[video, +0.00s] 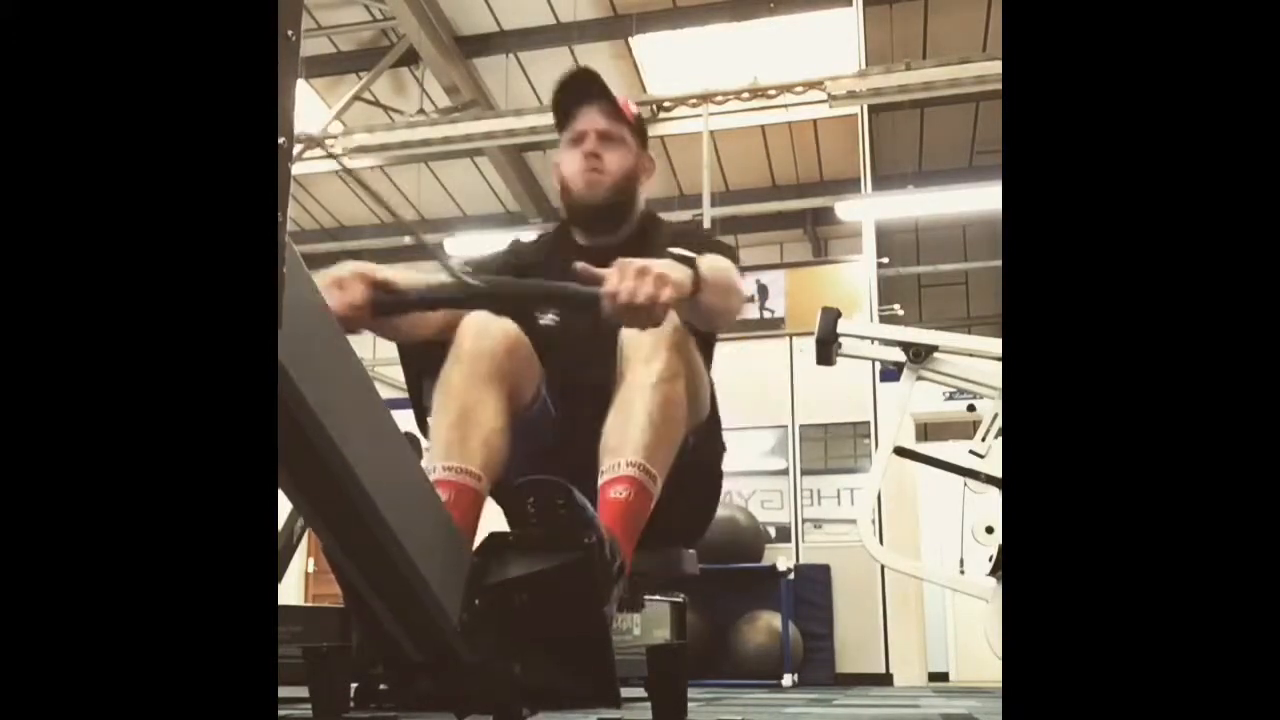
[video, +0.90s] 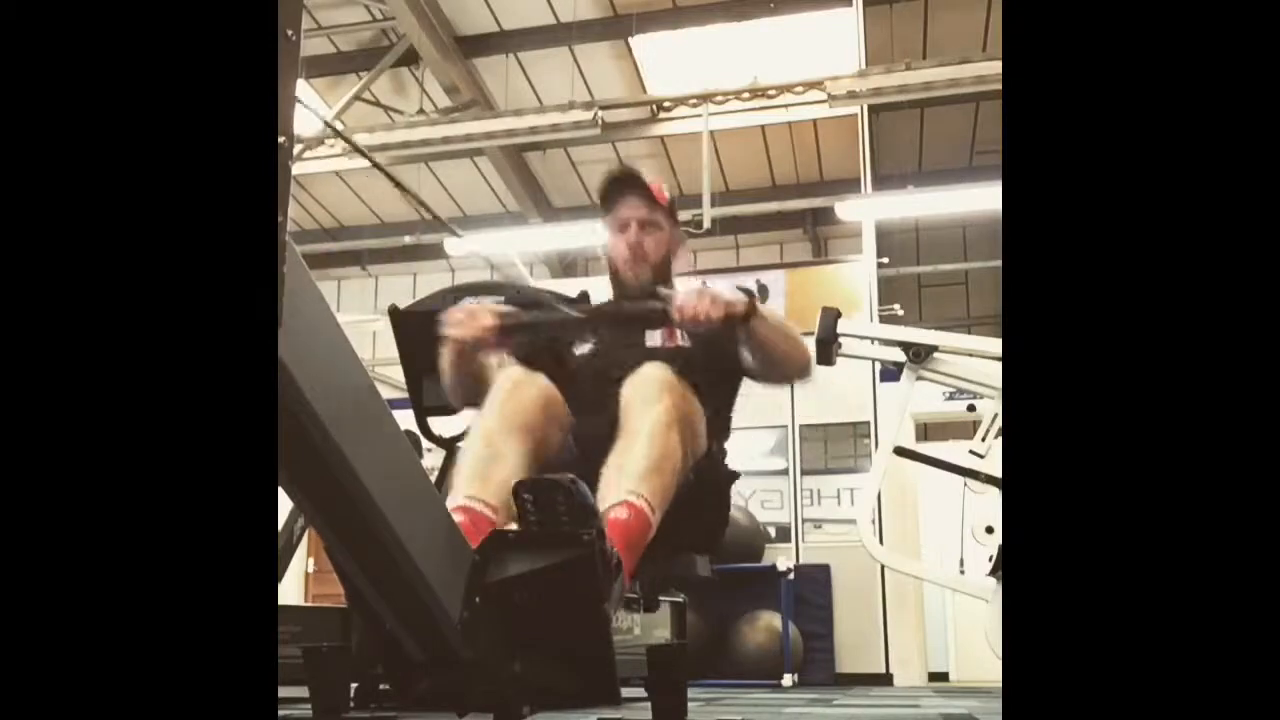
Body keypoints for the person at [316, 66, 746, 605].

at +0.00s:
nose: (589, 149)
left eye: (609, 139)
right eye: (576, 141)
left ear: (644, 167)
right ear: (557, 170)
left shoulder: (688, 246)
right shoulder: (527, 260)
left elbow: (731, 303)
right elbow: (442, 312)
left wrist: (684, 276)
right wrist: (369, 300)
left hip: (664, 485)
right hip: (545, 480)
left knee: (656, 334)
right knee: (482, 329)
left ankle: (606, 556)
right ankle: (440, 554)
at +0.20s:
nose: (592, 157)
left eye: (611, 147)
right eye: (577, 148)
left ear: (645, 173)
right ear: (558, 176)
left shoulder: (687, 257)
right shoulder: (532, 265)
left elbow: (716, 308)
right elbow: (454, 313)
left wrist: (678, 283)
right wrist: (386, 305)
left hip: (669, 483)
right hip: (555, 477)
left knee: (659, 352)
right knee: (500, 357)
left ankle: (605, 564)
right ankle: (446, 555)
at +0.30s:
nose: (620, 189)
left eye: (636, 179)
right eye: (606, 179)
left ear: (663, 201)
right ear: (588, 203)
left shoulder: (700, 274)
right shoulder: (560, 281)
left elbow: (748, 326)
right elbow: (483, 333)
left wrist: (707, 282)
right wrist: (442, 307)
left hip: (678, 482)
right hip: (563, 479)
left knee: (663, 398)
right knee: (511, 402)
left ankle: (605, 564)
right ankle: (452, 556)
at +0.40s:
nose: (642, 236)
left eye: (657, 224)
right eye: (631, 225)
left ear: (682, 240)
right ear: (616, 239)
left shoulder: (715, 308)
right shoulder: (586, 318)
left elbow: (769, 363)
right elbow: (509, 375)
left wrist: (730, 322)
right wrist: (490, 340)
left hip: (691, 472)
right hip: (587, 470)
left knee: (661, 436)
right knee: (523, 447)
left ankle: (611, 567)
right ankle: (460, 559)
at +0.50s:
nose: (655, 289)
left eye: (669, 277)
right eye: (644, 277)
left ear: (692, 288)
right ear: (628, 286)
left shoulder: (720, 356)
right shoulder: (593, 358)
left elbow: (797, 416)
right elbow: (509, 423)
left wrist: (752, 367)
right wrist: (515, 380)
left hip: (695, 501)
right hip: (594, 498)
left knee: (663, 471)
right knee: (539, 474)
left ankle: (610, 579)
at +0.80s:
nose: (647, 277)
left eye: (661, 267)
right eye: (635, 267)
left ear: (686, 278)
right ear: (619, 280)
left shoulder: (722, 345)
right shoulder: (575, 347)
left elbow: (823, 405)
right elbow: (480, 427)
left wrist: (766, 338)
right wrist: (499, 358)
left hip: (685, 505)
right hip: (578, 497)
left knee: (657, 419)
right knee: (538, 420)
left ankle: (608, 565)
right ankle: (468, 547)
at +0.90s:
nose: (635, 241)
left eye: (650, 228)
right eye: (622, 229)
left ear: (676, 241)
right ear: (607, 242)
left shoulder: (709, 320)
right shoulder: (568, 325)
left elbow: (796, 366)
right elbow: (470, 398)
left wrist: (746, 315)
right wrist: (459, 348)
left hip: (680, 498)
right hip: (565, 493)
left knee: (655, 382)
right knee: (519, 386)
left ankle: (609, 560)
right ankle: (457, 548)